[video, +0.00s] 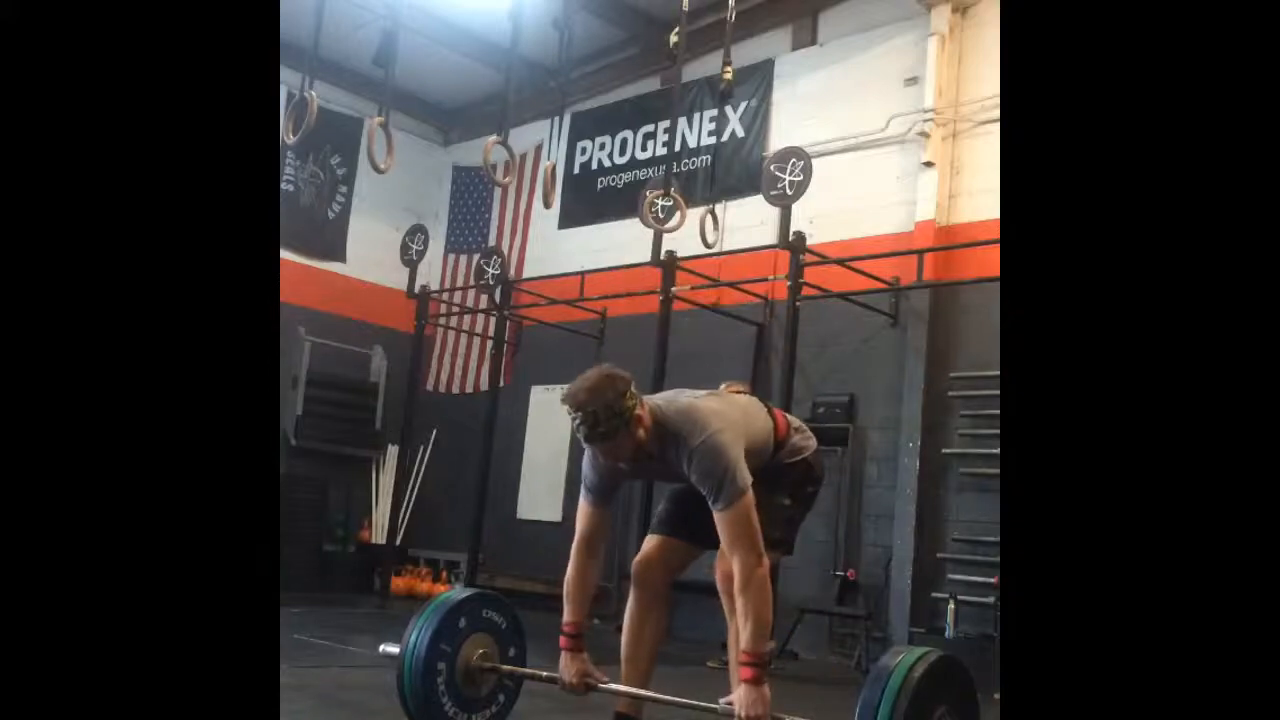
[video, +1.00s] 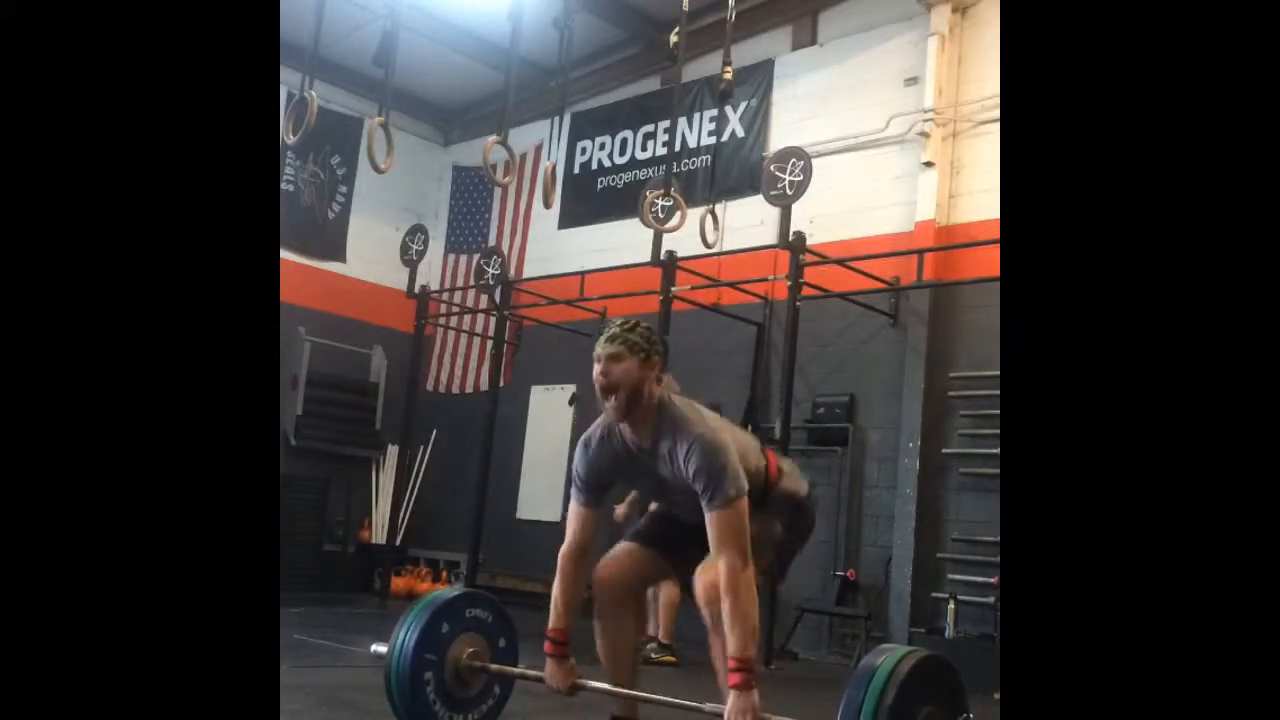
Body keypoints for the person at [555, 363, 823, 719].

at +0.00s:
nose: (610, 459)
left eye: (616, 447)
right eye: (600, 451)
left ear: (640, 419)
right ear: (589, 436)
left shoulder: (708, 442)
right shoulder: (601, 447)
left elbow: (751, 562)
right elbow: (586, 547)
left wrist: (753, 680)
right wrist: (571, 646)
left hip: (786, 461)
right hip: (713, 466)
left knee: (731, 574)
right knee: (647, 569)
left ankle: (746, 707)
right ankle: (628, 707)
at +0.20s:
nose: (607, 462)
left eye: (613, 450)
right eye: (598, 453)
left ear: (641, 422)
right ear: (589, 440)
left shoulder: (709, 449)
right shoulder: (600, 452)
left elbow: (763, 564)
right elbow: (576, 548)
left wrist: (753, 682)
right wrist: (564, 646)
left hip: (783, 464)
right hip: (706, 469)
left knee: (739, 573)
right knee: (637, 567)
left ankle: (748, 706)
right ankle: (625, 709)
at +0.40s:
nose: (595, 457)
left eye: (603, 444)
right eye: (589, 446)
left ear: (639, 429)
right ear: (582, 439)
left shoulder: (704, 463)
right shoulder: (592, 469)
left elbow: (776, 574)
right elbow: (561, 556)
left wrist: (763, 687)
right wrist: (558, 652)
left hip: (780, 490)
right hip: (703, 493)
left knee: (728, 578)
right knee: (614, 574)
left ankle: (747, 710)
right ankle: (623, 710)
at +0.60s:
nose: (594, 451)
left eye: (604, 436)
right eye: (587, 438)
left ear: (640, 428)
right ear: (581, 437)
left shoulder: (699, 476)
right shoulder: (587, 480)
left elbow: (780, 578)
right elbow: (566, 560)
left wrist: (760, 687)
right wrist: (558, 652)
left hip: (770, 533)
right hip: (692, 535)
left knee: (704, 592)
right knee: (599, 585)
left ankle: (743, 712)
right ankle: (620, 713)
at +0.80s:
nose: (599, 423)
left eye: (610, 409)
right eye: (591, 409)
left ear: (645, 388)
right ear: (585, 398)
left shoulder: (704, 444)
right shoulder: (594, 452)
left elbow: (738, 563)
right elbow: (579, 546)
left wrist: (743, 684)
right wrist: (558, 647)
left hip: (779, 489)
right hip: (699, 494)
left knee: (723, 579)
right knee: (620, 571)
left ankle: (742, 705)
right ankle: (625, 708)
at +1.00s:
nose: (601, 373)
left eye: (615, 359)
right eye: (598, 361)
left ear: (653, 372)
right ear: (593, 370)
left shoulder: (703, 444)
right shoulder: (596, 446)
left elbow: (735, 565)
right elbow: (575, 547)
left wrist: (742, 683)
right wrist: (556, 649)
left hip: (775, 503)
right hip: (694, 507)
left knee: (712, 586)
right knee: (612, 576)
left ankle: (741, 708)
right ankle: (624, 708)